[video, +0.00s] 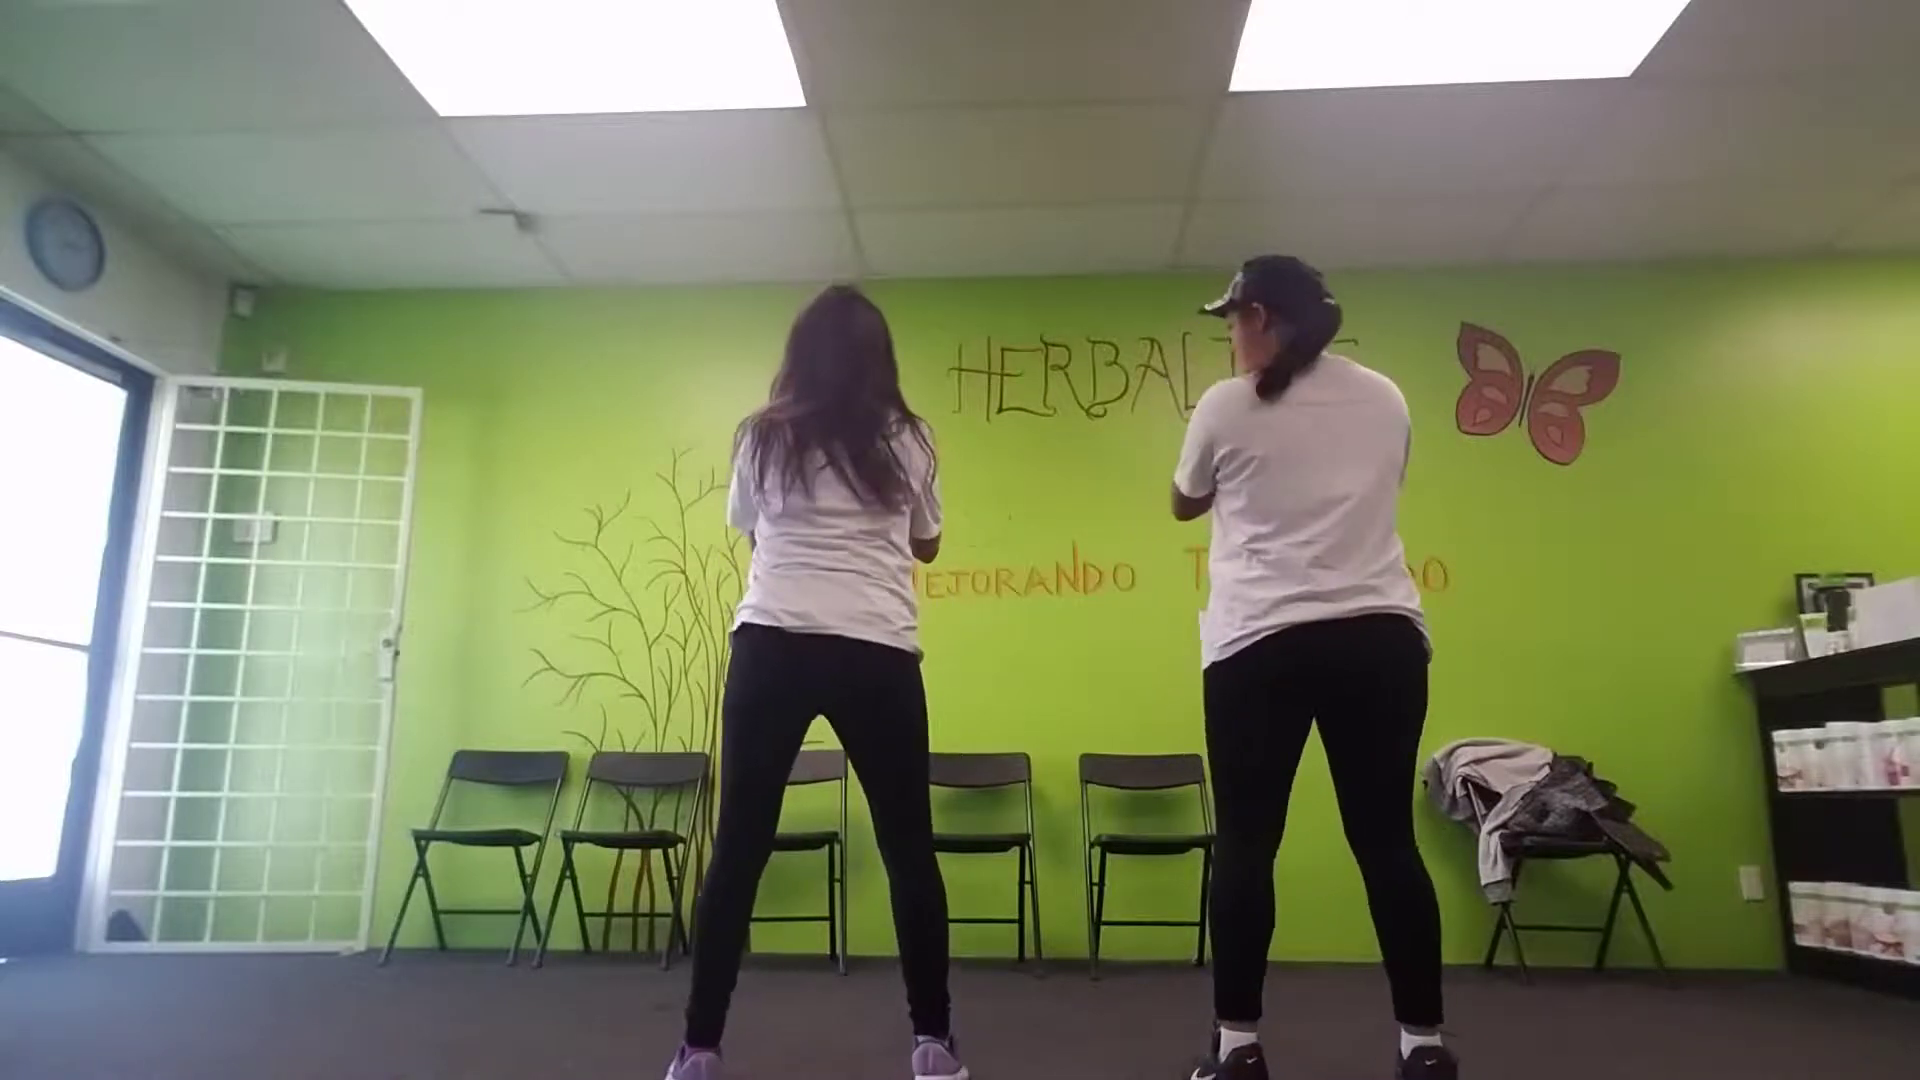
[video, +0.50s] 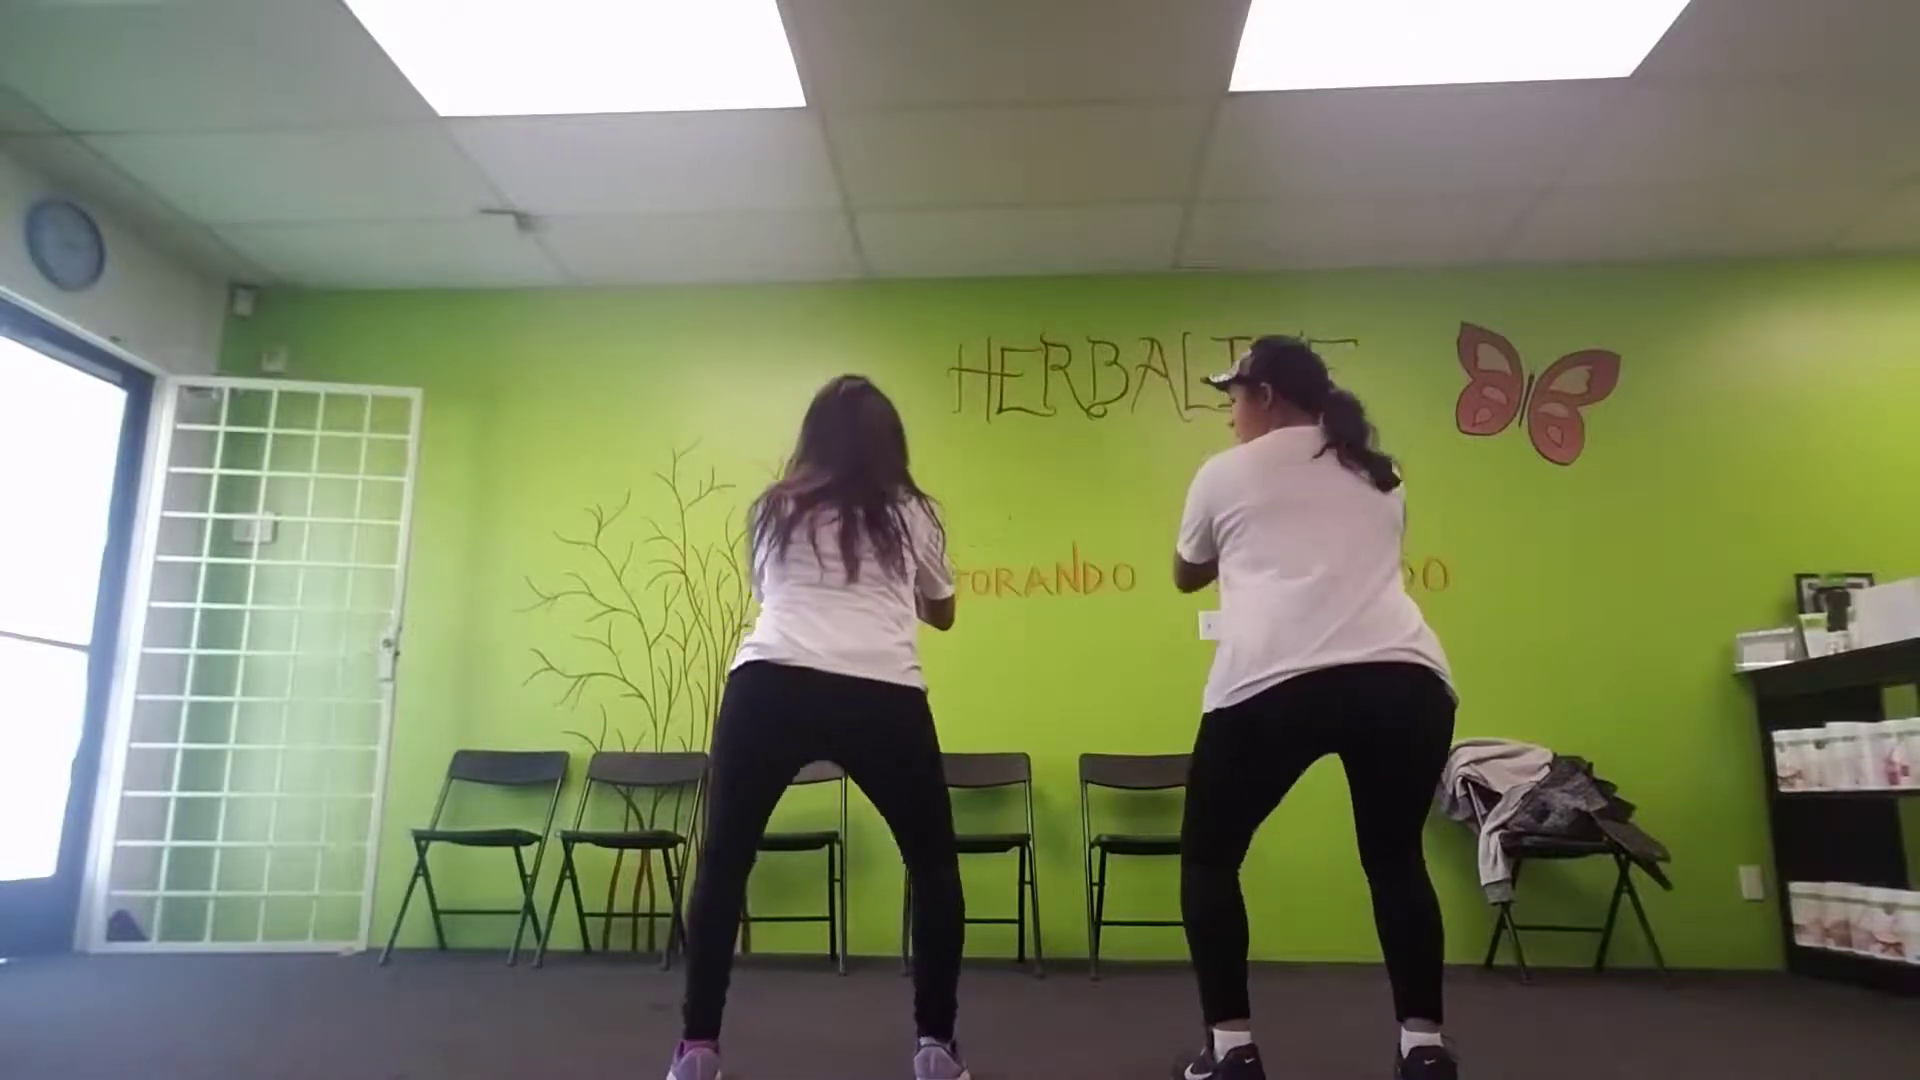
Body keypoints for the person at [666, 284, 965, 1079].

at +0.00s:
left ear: (796, 355)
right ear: (881, 358)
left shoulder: (762, 433)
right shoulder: (909, 436)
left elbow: (748, 525)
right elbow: (926, 542)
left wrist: (822, 510)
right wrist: (856, 506)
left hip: (771, 645)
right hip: (876, 650)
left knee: (738, 847)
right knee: (910, 849)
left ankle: (698, 1052)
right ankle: (933, 1049)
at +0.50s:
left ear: (810, 440)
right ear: (892, 441)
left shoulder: (774, 503)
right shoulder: (914, 509)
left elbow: (767, 590)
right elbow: (941, 613)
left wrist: (834, 572)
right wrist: (878, 567)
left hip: (771, 689)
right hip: (883, 697)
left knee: (722, 859)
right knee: (932, 861)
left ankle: (697, 1049)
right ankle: (936, 1049)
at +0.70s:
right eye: (890, 524)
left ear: (809, 527)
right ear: (889, 530)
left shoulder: (772, 586)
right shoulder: (907, 594)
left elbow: (764, 669)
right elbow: (940, 694)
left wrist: (829, 657)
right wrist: (876, 657)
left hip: (762, 766)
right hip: (880, 778)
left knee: (718, 875)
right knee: (950, 866)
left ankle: (701, 1039)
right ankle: (937, 1038)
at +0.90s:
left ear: (808, 615)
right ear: (887, 619)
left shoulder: (768, 678)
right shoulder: (904, 684)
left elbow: (759, 760)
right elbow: (941, 779)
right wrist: (884, 740)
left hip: (756, 874)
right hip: (870, 878)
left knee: (705, 880)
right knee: (964, 868)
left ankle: (701, 1036)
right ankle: (938, 1038)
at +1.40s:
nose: (892, 557)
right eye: (886, 547)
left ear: (805, 550)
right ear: (883, 555)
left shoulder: (765, 607)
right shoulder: (898, 612)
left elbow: (752, 686)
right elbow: (951, 698)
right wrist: (896, 655)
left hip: (750, 757)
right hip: (865, 762)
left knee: (717, 878)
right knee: (942, 874)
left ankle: (699, 1047)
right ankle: (934, 1048)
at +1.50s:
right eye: (888, 491)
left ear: (805, 491)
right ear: (885, 499)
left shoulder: (764, 557)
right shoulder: (904, 562)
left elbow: (751, 643)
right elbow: (959, 660)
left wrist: (816, 636)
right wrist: (891, 620)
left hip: (754, 715)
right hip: (869, 721)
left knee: (719, 866)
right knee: (935, 867)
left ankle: (698, 1048)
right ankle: (935, 1049)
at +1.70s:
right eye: (885, 379)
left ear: (804, 385)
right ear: (890, 388)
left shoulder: (770, 457)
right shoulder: (919, 461)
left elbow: (735, 572)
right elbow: (962, 571)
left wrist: (812, 582)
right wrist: (892, 586)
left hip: (774, 656)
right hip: (881, 661)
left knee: (736, 849)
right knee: (921, 854)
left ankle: (700, 1049)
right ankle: (935, 1050)